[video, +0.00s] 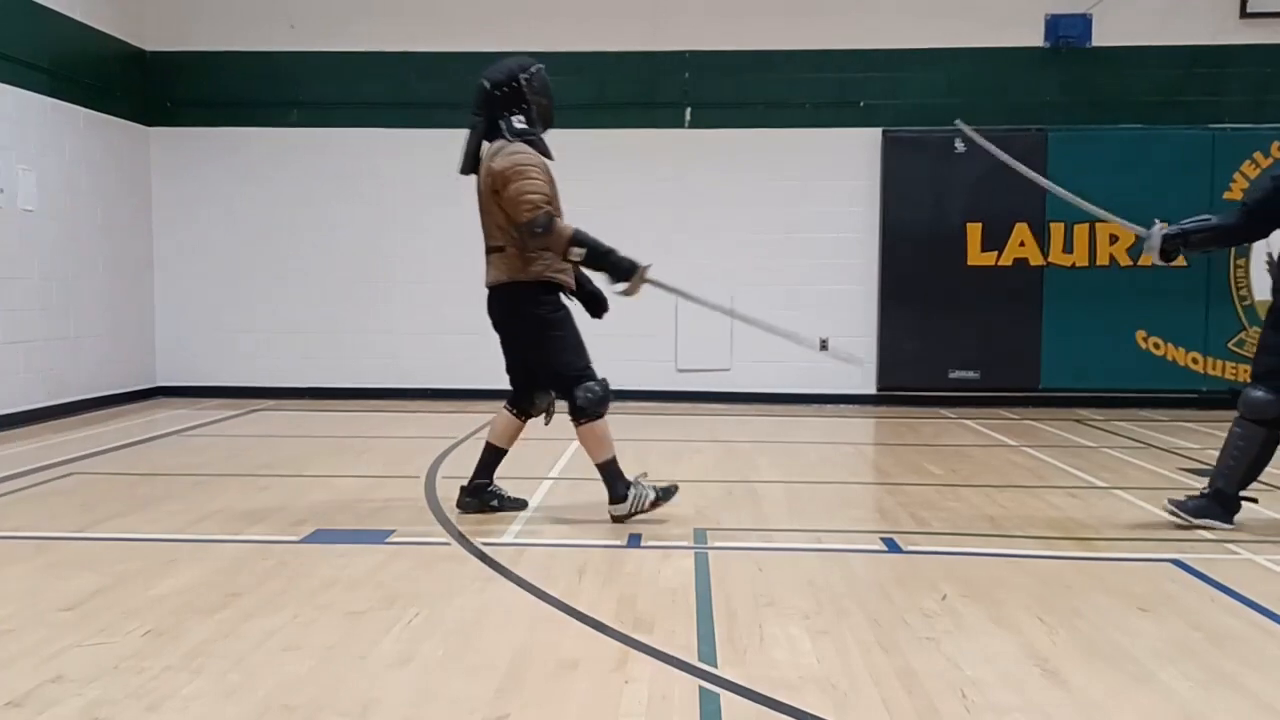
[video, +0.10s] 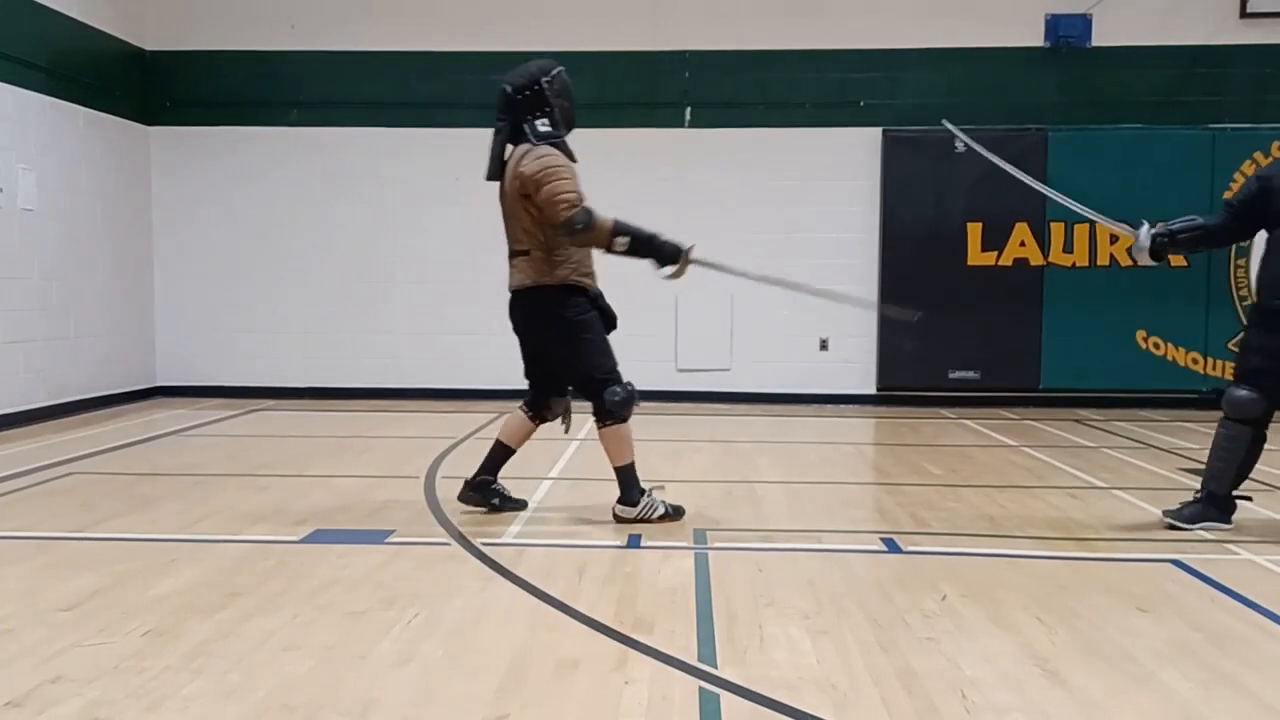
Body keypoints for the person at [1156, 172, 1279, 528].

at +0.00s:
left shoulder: (1274, 179)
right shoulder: (1273, 178)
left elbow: (1250, 219)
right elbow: (1250, 218)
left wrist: (1177, 236)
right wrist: (1180, 234)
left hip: (1278, 315)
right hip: (1277, 312)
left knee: (1266, 393)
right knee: (1264, 393)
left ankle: (1221, 498)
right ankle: (1221, 498)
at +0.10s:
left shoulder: (1269, 182)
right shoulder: (1270, 180)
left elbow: (1231, 223)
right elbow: (1231, 223)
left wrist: (1165, 238)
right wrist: (1167, 237)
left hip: (1272, 316)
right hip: (1269, 315)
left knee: (1248, 401)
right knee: (1247, 401)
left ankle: (1215, 499)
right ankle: (1215, 499)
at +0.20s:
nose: (1273, 124)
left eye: (1276, 116)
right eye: (1274, 115)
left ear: (1277, 123)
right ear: (1271, 120)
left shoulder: (1264, 178)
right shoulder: (1263, 175)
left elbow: (1219, 223)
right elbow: (1220, 223)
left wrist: (1151, 239)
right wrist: (1153, 236)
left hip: (1265, 311)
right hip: (1260, 309)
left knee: (1236, 398)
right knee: (1237, 399)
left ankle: (1214, 499)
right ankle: (1214, 499)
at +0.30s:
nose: (1272, 119)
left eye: (1278, 112)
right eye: (1270, 110)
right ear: (1262, 115)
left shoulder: (1263, 175)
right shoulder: (1258, 174)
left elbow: (1211, 220)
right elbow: (1210, 220)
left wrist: (1146, 238)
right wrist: (1146, 235)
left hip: (1267, 309)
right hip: (1254, 307)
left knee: (1231, 398)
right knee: (1227, 398)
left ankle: (1213, 499)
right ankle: (1212, 500)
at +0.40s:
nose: (1269, 118)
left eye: (1275, 110)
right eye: (1267, 109)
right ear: (1260, 115)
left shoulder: (1262, 173)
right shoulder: (1256, 172)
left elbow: (1210, 220)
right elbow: (1209, 219)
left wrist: (1145, 237)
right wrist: (1145, 235)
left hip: (1266, 309)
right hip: (1253, 307)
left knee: (1231, 398)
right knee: (1227, 398)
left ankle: (1213, 499)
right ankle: (1212, 500)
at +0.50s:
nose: (1268, 121)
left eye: (1274, 113)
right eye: (1265, 112)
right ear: (1258, 118)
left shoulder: (1262, 174)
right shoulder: (1256, 173)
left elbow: (1209, 221)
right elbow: (1209, 220)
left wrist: (1145, 237)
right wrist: (1144, 235)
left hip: (1266, 309)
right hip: (1255, 307)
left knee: (1230, 397)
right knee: (1227, 398)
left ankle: (1213, 499)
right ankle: (1212, 500)